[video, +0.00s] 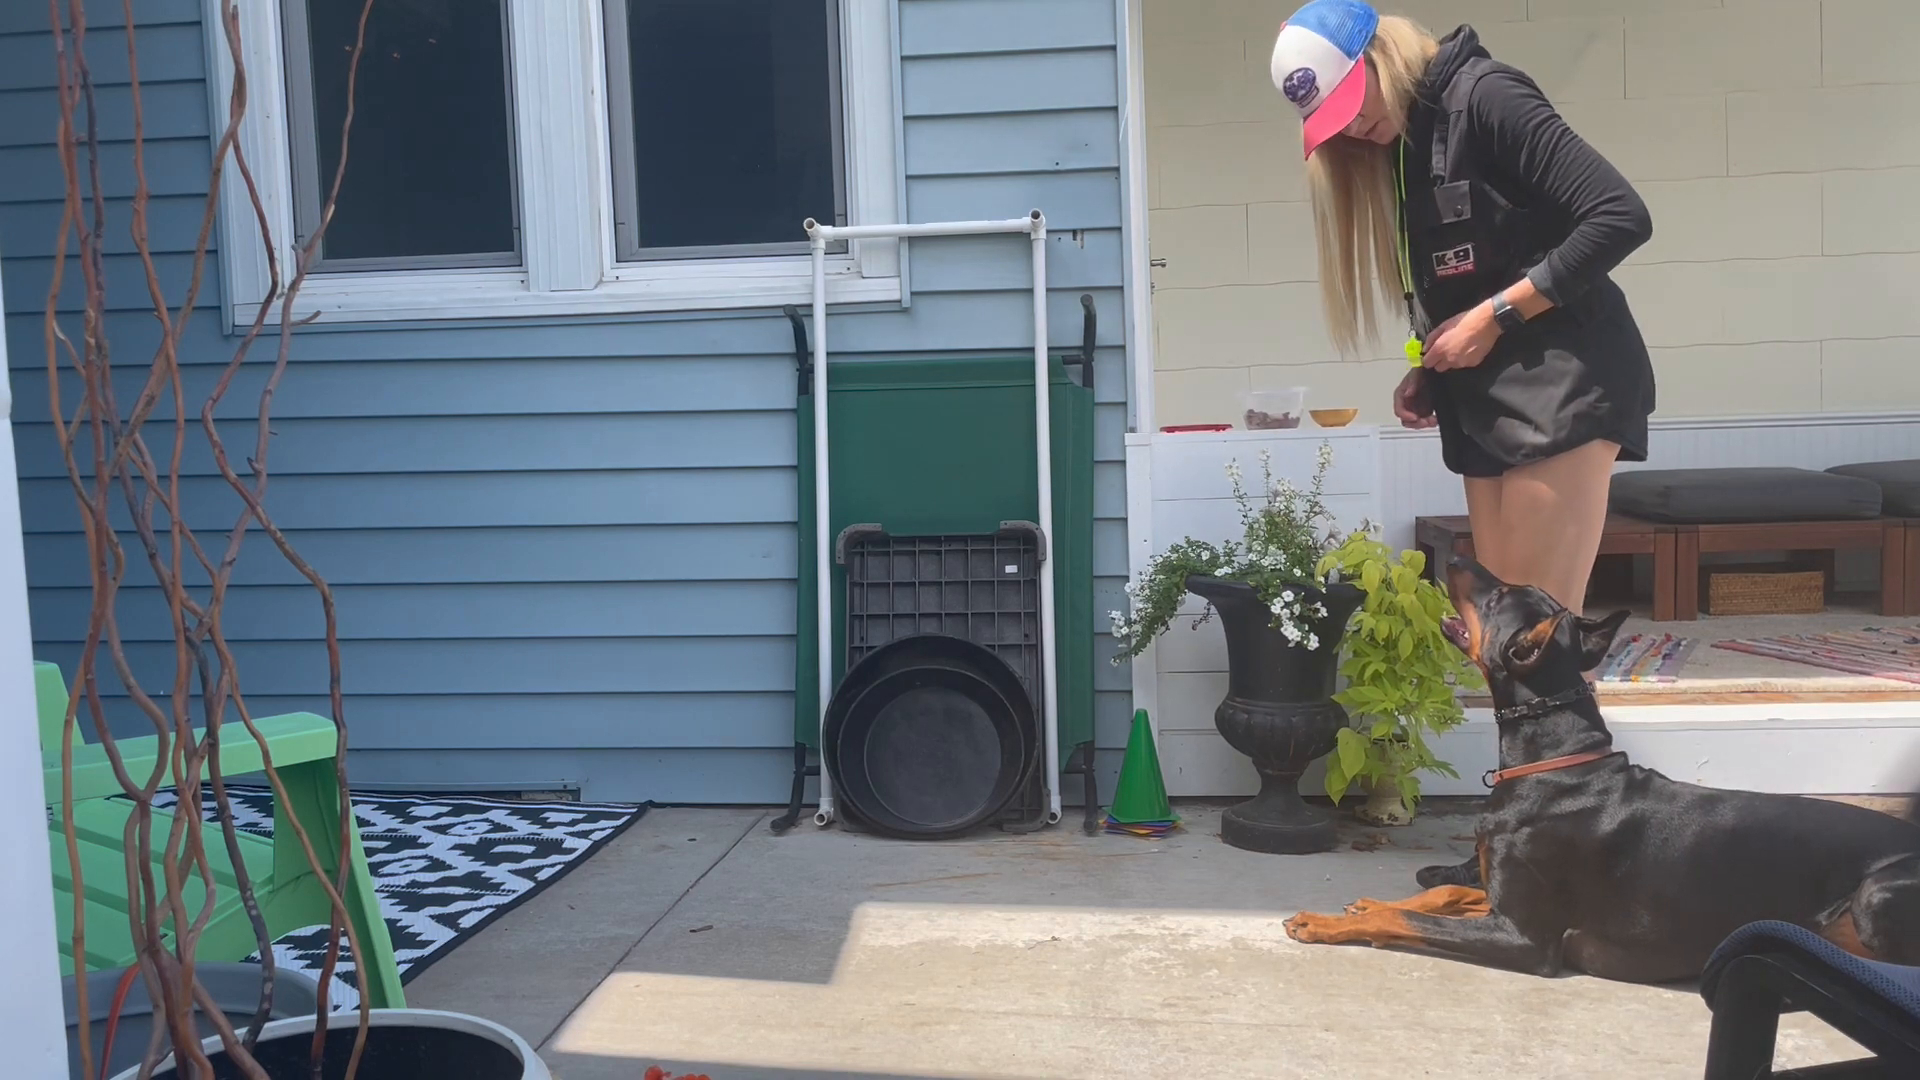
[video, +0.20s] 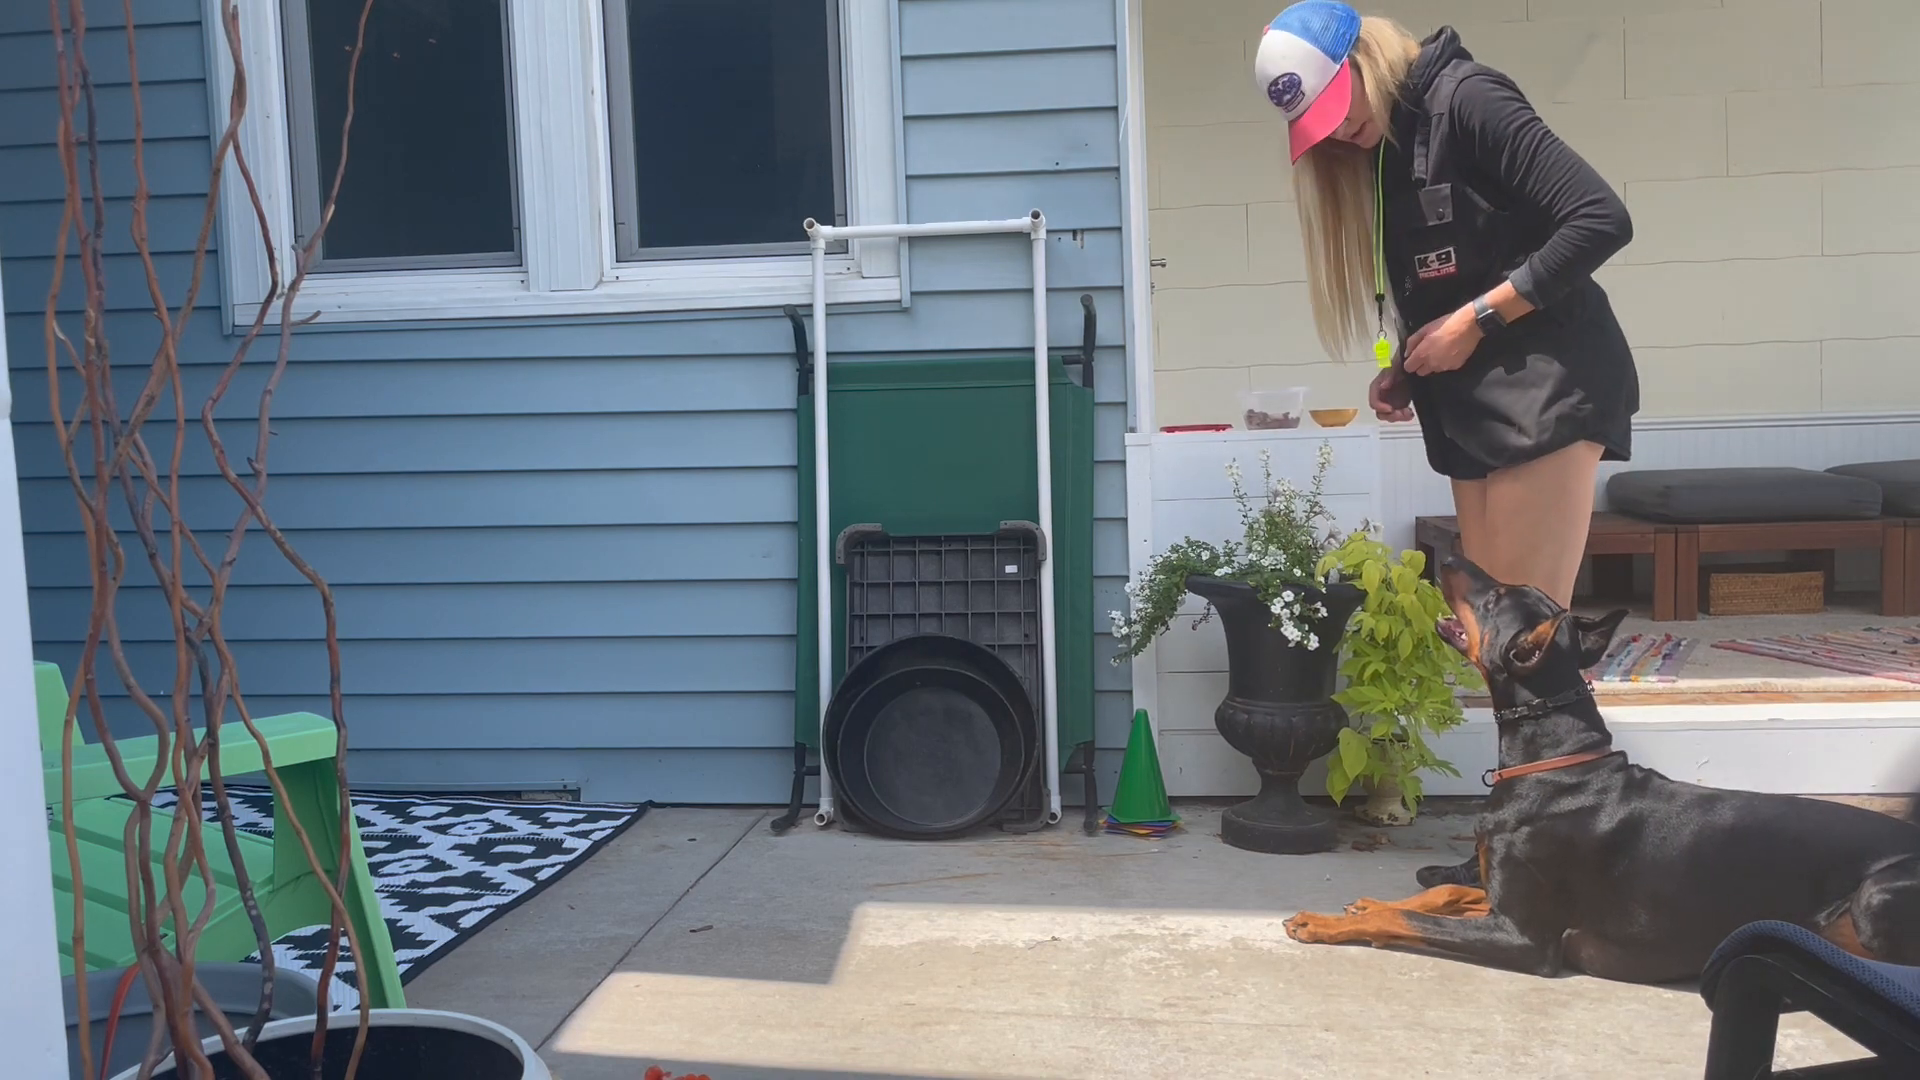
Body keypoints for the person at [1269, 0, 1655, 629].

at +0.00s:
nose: (1353, 128)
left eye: (1354, 105)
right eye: (1336, 122)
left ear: (1381, 57)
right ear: (1318, 117)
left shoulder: (1484, 97)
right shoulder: (1410, 134)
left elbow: (1619, 215)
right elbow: (1450, 271)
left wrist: (1497, 312)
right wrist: (1430, 366)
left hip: (1560, 381)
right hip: (1485, 390)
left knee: (1541, 639)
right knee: (1506, 635)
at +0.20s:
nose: (1338, 132)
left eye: (1336, 108)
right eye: (1318, 125)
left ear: (1364, 60)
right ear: (1303, 119)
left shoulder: (1467, 100)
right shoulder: (1393, 139)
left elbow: (1600, 218)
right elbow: (1428, 274)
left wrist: (1477, 318)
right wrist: (1407, 363)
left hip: (1545, 385)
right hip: (1469, 394)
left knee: (1530, 634)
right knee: (1489, 631)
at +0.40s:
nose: (1313, 136)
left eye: (1310, 115)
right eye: (1297, 130)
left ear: (1336, 61)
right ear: (1295, 100)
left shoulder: (1444, 100)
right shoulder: (1361, 143)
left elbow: (1569, 223)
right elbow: (1400, 279)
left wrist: (1446, 318)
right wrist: (1361, 361)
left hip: (1517, 397)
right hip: (1430, 410)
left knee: (1507, 626)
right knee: (1409, 611)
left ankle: (1551, 840)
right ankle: (1511, 820)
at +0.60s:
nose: (1250, 124)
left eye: (1246, 102)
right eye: (1236, 114)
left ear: (1280, 55)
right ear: (1253, 78)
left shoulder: (1387, 99)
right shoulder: (1317, 136)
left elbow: (1491, 231)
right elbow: (1365, 282)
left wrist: (1369, 320)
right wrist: (1296, 350)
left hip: (1452, 389)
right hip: (1364, 398)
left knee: (1475, 635)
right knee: (1285, 594)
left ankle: (1546, 836)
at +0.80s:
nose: (1152, 116)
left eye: (1155, 94)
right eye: (1139, 105)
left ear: (1196, 51)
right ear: (1145, 89)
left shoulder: (1285, 103)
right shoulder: (1216, 141)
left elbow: (1367, 250)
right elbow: (1257, 280)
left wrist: (1232, 316)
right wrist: (1187, 332)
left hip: (1335, 396)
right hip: (1246, 404)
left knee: (1385, 645)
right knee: (1174, 607)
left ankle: (1549, 796)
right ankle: (1116, 835)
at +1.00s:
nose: (1042, 97)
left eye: (1043, 73)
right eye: (1028, 86)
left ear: (1081, 30)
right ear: (1033, 67)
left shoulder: (1170, 94)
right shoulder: (1084, 132)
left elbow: (1245, 242)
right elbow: (1110, 266)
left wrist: (1110, 293)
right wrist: (1047, 306)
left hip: (1193, 393)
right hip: (1109, 397)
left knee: (1151, 627)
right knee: (1084, 606)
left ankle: (1353, 779)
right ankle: (1097, 840)